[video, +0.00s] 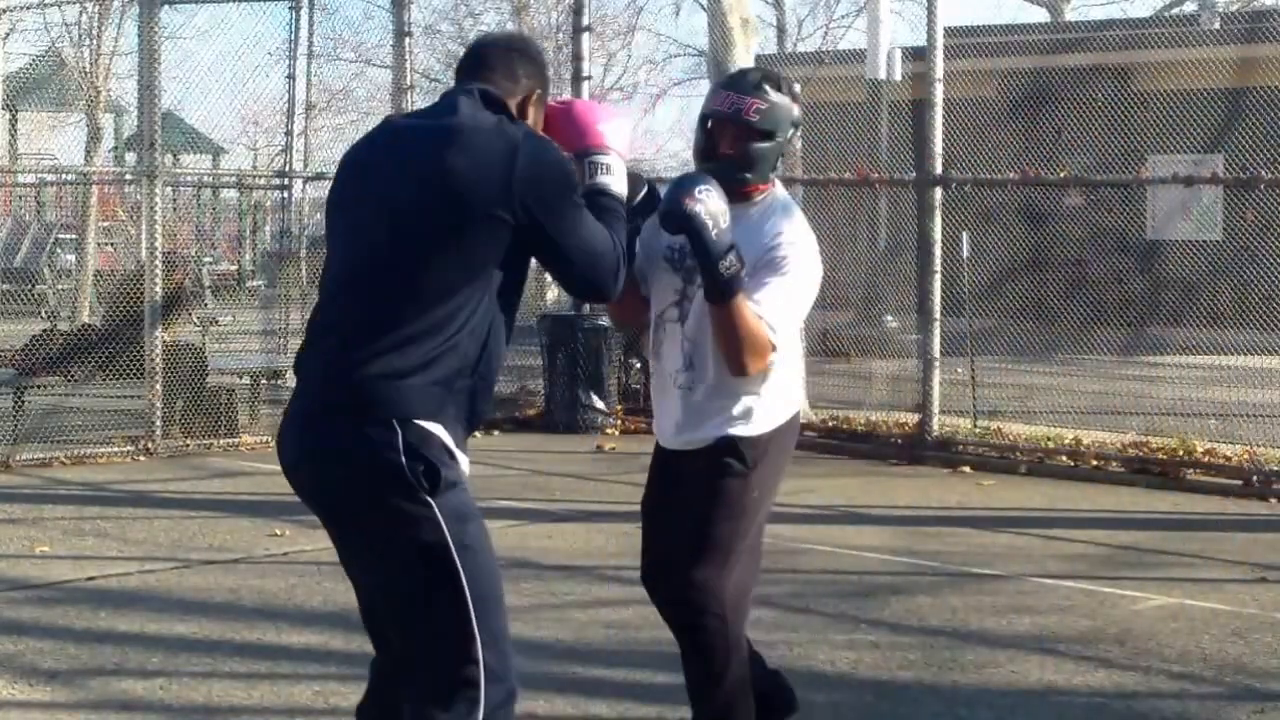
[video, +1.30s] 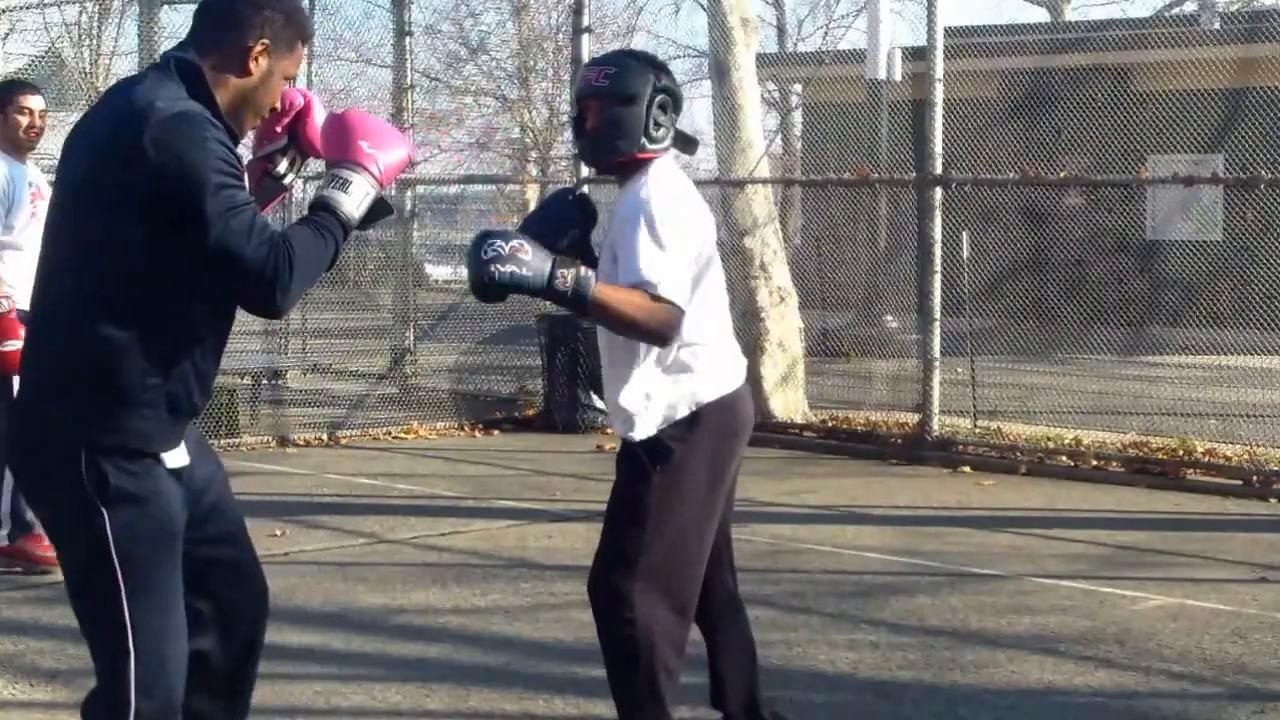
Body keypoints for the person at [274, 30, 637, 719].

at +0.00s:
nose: (540, 123)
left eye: (540, 114)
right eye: (542, 111)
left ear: (461, 84)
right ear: (529, 101)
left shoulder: (371, 147)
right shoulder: (521, 156)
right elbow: (600, 276)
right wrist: (600, 183)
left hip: (317, 428)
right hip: (398, 435)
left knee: (404, 660)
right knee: (478, 678)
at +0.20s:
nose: (472, 107)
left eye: (472, 95)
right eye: (472, 93)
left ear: (384, 68)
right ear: (455, 84)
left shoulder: (291, 140)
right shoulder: (445, 145)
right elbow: (531, 270)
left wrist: (464, 147)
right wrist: (538, 159)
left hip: (270, 439)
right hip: (353, 450)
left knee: (341, 679)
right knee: (381, 689)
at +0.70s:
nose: (441, 134)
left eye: (448, 120)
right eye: (446, 117)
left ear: (372, 73)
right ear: (425, 91)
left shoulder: (273, 133)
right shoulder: (389, 138)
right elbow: (481, 273)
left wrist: (433, 170)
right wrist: (511, 173)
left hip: (213, 418)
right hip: (269, 430)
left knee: (342, 616)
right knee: (283, 671)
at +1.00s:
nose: (382, 128)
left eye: (386, 112)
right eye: (384, 110)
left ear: (301, 73)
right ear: (359, 86)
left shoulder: (214, 130)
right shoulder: (333, 138)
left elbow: (306, 197)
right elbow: (417, 271)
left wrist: (413, 158)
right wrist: (470, 192)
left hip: (158, 421)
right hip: (216, 435)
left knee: (305, 628)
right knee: (209, 679)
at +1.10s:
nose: (333, 116)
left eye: (340, 101)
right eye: (337, 99)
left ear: (264, 63)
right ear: (312, 76)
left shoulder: (179, 121)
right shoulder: (268, 137)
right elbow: (394, 238)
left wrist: (361, 163)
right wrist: (444, 173)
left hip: (207, 452)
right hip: (156, 450)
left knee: (282, 674)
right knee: (178, 695)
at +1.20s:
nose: (308, 102)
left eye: (315, 87)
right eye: (311, 85)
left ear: (233, 52)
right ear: (282, 64)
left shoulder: (142, 114)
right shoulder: (225, 134)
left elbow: (208, 225)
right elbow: (339, 261)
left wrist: (292, 150)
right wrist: (395, 184)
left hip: (171, 439)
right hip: (127, 446)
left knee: (243, 633)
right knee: (160, 685)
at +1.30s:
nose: (284, 99)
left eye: (294, 82)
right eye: (288, 79)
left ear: (218, 52)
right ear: (254, 59)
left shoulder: (144, 105)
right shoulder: (178, 129)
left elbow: (184, 253)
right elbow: (272, 278)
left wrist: (262, 173)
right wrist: (344, 200)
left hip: (157, 425)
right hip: (100, 441)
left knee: (235, 606)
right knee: (144, 688)